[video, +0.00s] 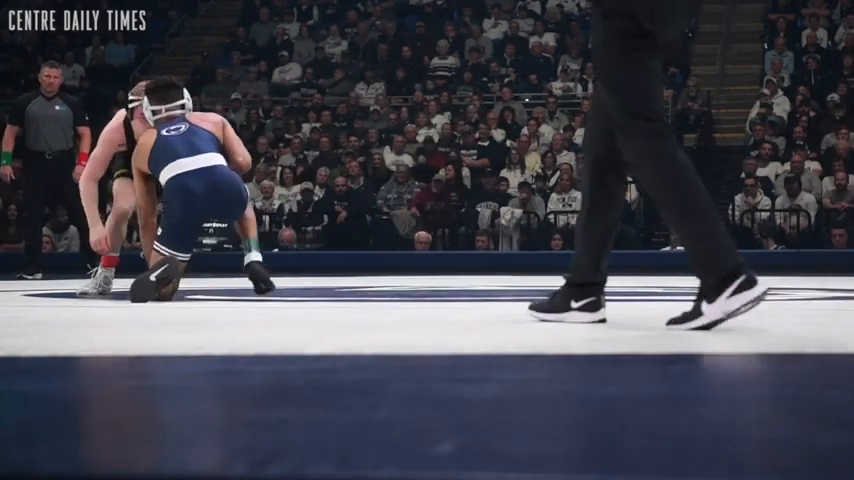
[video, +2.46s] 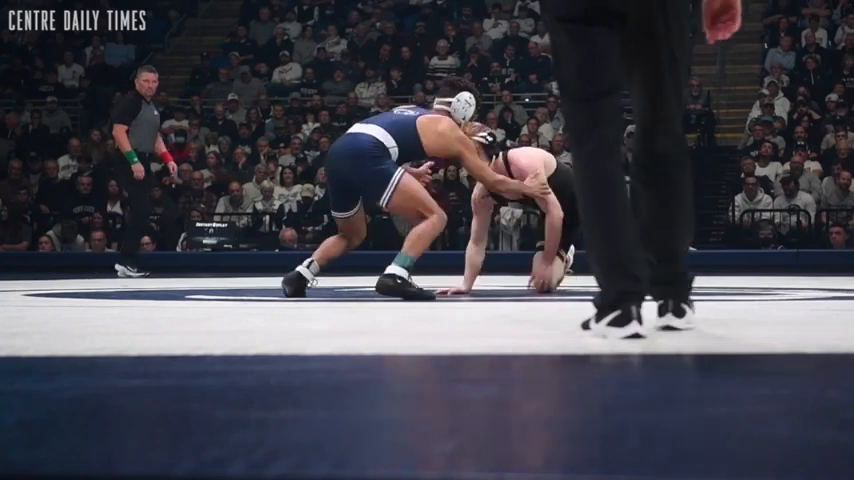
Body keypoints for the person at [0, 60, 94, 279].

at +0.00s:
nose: (51, 81)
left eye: (56, 77)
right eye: (48, 77)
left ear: (61, 80)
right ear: (40, 78)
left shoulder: (72, 104)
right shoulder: (25, 102)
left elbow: (85, 134)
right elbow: (10, 132)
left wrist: (82, 162)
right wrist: (5, 161)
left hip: (65, 164)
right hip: (35, 164)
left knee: (79, 211)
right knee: (32, 214)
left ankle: (93, 261)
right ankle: (33, 266)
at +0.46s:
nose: (97, 86)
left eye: (102, 82)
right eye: (93, 82)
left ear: (107, 84)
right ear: (85, 83)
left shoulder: (112, 109)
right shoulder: (72, 104)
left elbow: (120, 139)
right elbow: (57, 132)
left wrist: (128, 168)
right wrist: (68, 161)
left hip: (106, 167)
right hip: (78, 166)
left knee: (110, 215)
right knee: (65, 214)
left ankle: (108, 265)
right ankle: (45, 264)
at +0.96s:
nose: (93, 83)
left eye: (96, 79)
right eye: (89, 79)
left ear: (102, 82)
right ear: (81, 81)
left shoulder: (109, 107)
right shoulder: (69, 103)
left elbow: (118, 137)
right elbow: (52, 131)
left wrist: (125, 165)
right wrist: (57, 161)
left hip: (103, 165)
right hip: (76, 164)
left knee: (106, 216)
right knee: (66, 214)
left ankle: (108, 265)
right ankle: (55, 266)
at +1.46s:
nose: (70, 82)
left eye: (74, 78)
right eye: (66, 78)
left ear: (79, 81)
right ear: (57, 79)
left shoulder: (88, 105)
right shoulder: (43, 104)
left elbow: (98, 135)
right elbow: (28, 133)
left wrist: (92, 161)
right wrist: (26, 163)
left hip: (81, 164)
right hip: (52, 164)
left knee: (91, 212)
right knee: (51, 214)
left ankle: (93, 260)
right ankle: (52, 265)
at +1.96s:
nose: (98, 84)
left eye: (101, 80)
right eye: (93, 80)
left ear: (104, 83)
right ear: (83, 81)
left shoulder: (108, 109)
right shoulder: (71, 104)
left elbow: (115, 136)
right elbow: (54, 131)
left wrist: (116, 162)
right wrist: (58, 162)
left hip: (101, 167)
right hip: (75, 166)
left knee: (115, 210)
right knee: (65, 213)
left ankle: (124, 263)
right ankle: (54, 265)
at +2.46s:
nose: (151, 86)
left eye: (154, 82)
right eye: (146, 81)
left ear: (157, 85)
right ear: (137, 82)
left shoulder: (152, 107)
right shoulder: (130, 101)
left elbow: (155, 137)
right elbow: (118, 131)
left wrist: (169, 160)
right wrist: (133, 160)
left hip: (143, 161)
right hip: (128, 160)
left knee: (140, 210)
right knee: (138, 209)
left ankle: (129, 260)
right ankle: (126, 260)